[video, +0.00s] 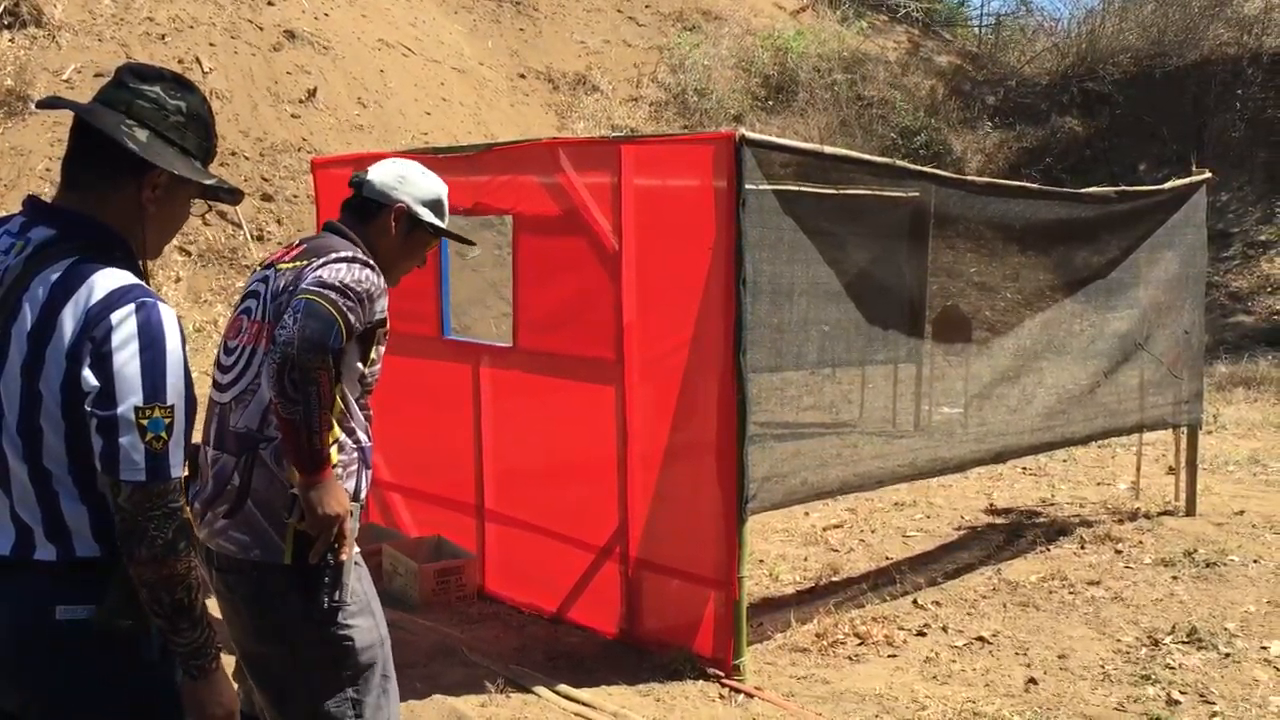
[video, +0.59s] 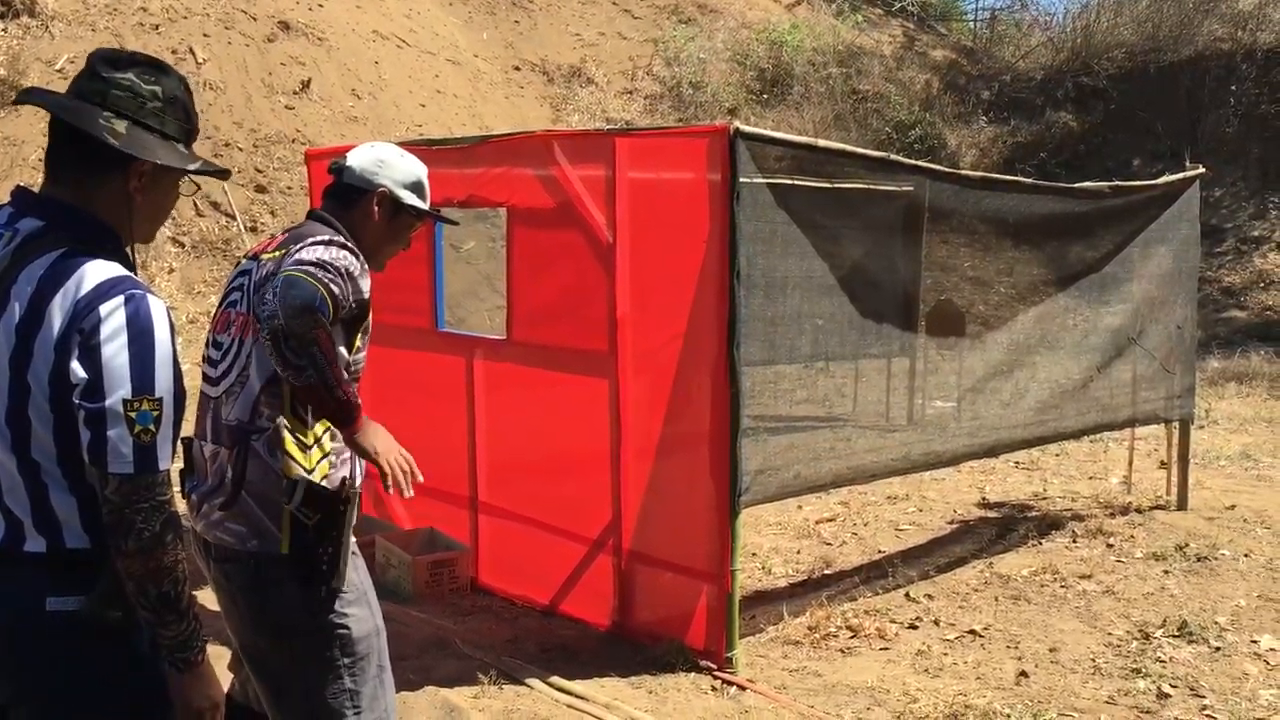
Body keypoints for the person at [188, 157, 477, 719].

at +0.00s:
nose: (425, 261)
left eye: (432, 247)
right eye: (427, 243)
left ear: (362, 214)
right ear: (393, 221)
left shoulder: (283, 263)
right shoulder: (353, 271)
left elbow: (234, 387)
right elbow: (301, 353)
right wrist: (317, 476)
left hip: (240, 539)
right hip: (296, 545)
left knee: (282, 702)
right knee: (358, 701)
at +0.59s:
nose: (410, 243)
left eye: (417, 229)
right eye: (411, 225)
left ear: (345, 200)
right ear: (375, 208)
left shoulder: (273, 253)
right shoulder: (335, 256)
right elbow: (291, 313)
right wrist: (357, 423)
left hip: (236, 529)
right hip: (290, 537)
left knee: (269, 693)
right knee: (354, 703)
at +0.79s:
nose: (401, 233)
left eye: (406, 218)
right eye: (399, 215)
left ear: (349, 198)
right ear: (363, 200)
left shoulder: (261, 254)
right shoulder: (321, 269)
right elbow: (326, 396)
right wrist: (431, 470)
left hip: (229, 525)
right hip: (286, 533)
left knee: (264, 692)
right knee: (348, 703)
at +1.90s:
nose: (391, 223)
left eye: (391, 208)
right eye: (386, 207)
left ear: (310, 202)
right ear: (349, 207)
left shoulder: (253, 267)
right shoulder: (324, 290)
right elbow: (338, 438)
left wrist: (314, 516)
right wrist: (385, 551)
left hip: (207, 528)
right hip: (266, 543)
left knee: (265, 683)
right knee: (353, 700)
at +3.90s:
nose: (408, 227)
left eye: (409, 212)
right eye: (401, 211)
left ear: (338, 209)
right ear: (363, 211)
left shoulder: (271, 274)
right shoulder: (342, 293)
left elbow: (276, 414)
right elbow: (356, 437)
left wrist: (339, 506)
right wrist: (405, 549)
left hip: (228, 530)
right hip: (285, 544)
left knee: (282, 688)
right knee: (370, 700)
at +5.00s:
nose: (405, 231)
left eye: (407, 217)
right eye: (401, 216)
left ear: (334, 210)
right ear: (362, 213)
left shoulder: (269, 272)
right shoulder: (342, 286)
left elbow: (266, 415)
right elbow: (336, 411)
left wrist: (337, 503)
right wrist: (401, 515)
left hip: (225, 528)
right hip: (281, 540)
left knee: (276, 687)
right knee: (367, 701)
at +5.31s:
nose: (422, 233)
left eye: (423, 219)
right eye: (417, 218)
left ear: (354, 214)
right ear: (378, 217)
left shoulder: (303, 270)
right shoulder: (349, 269)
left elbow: (291, 409)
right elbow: (298, 340)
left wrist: (362, 493)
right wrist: (344, 462)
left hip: (252, 530)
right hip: (300, 539)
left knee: (285, 683)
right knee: (363, 707)